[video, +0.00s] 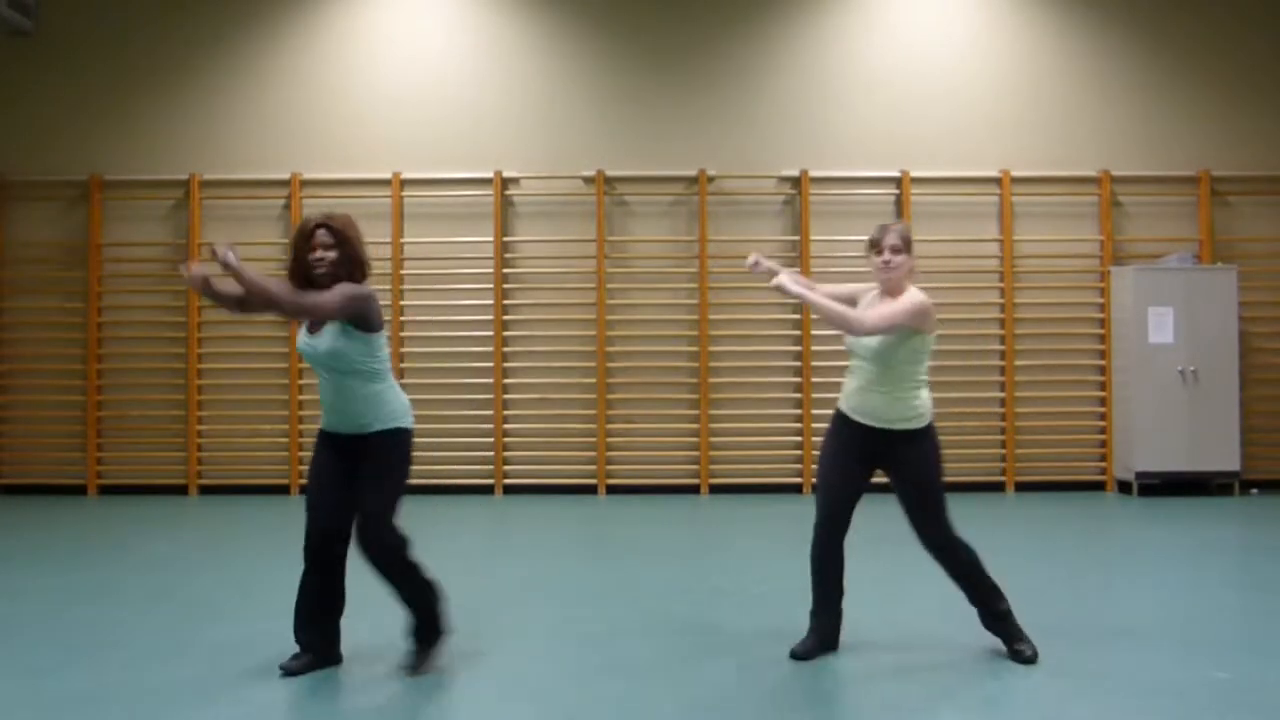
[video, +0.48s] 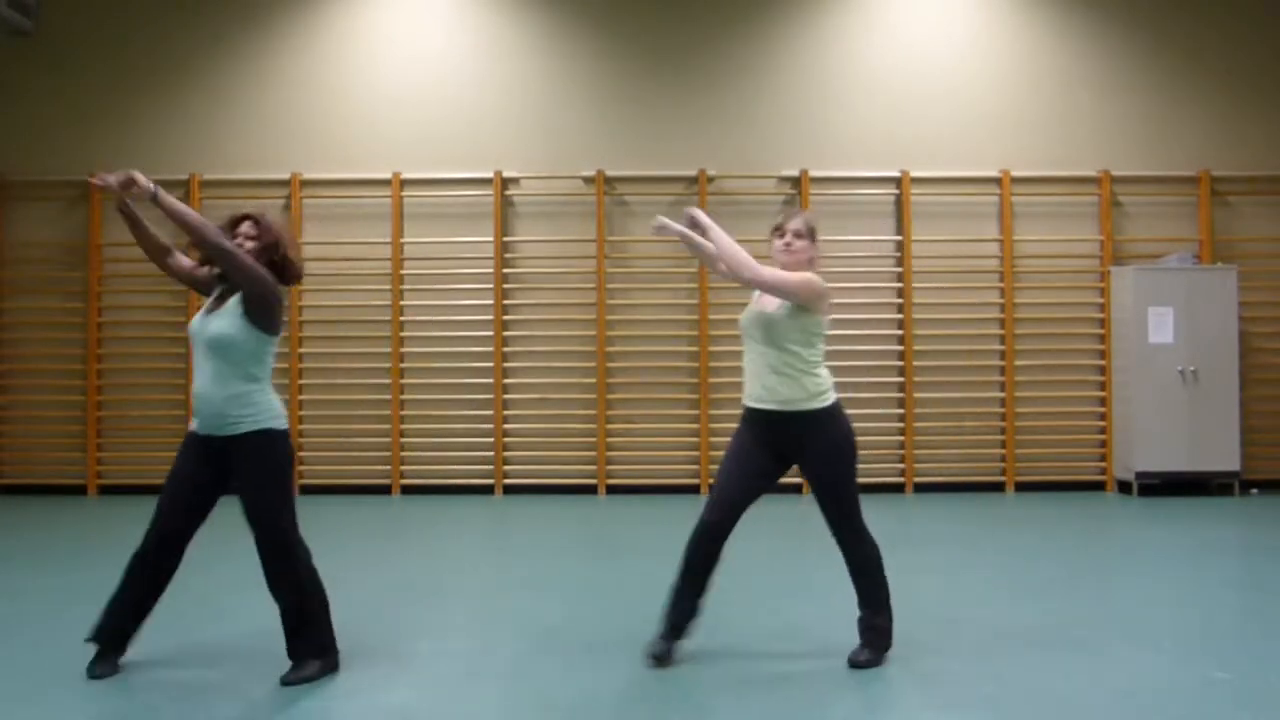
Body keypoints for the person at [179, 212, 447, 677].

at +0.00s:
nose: (321, 255)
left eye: (330, 247)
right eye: (313, 248)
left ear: (349, 253)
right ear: (302, 257)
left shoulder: (358, 297)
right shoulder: (302, 298)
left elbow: (299, 305)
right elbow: (247, 301)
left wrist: (238, 268)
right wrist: (206, 284)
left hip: (385, 434)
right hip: (335, 436)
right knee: (323, 544)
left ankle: (428, 619)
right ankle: (320, 648)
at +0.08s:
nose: (300, 268)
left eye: (309, 258)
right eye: (291, 260)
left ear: (328, 260)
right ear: (283, 265)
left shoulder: (352, 304)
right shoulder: (288, 308)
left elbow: (321, 357)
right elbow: (253, 350)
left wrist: (263, 332)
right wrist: (230, 340)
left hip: (359, 433)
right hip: (314, 434)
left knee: (329, 539)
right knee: (304, 546)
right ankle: (314, 647)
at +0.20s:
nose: (274, 282)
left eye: (281, 271)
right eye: (267, 274)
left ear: (302, 267)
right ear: (261, 275)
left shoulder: (337, 309)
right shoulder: (275, 314)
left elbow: (331, 375)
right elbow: (282, 382)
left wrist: (268, 372)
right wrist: (252, 379)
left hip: (325, 439)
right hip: (282, 437)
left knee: (287, 540)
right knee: (248, 539)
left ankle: (319, 652)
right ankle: (296, 650)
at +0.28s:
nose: (265, 255)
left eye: (273, 245)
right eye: (258, 249)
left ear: (294, 247)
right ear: (253, 257)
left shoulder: (321, 299)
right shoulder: (265, 304)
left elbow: (297, 346)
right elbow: (255, 366)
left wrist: (248, 324)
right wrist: (220, 342)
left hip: (308, 435)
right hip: (263, 433)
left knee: (289, 544)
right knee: (211, 525)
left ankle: (319, 651)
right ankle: (262, 623)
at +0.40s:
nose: (254, 233)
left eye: (264, 228)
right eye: (249, 227)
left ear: (282, 240)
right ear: (240, 235)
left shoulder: (289, 290)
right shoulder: (233, 289)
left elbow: (245, 266)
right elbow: (192, 300)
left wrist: (193, 232)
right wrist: (164, 257)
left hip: (282, 431)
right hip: (232, 430)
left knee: (286, 537)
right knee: (183, 519)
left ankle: (316, 651)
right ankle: (168, 622)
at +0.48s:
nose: (240, 238)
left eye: (253, 234)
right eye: (236, 232)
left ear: (269, 254)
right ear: (225, 241)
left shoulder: (265, 296)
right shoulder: (213, 288)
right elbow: (166, 257)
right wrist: (126, 206)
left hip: (260, 441)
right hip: (205, 441)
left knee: (281, 549)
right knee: (161, 542)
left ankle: (317, 653)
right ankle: (111, 643)